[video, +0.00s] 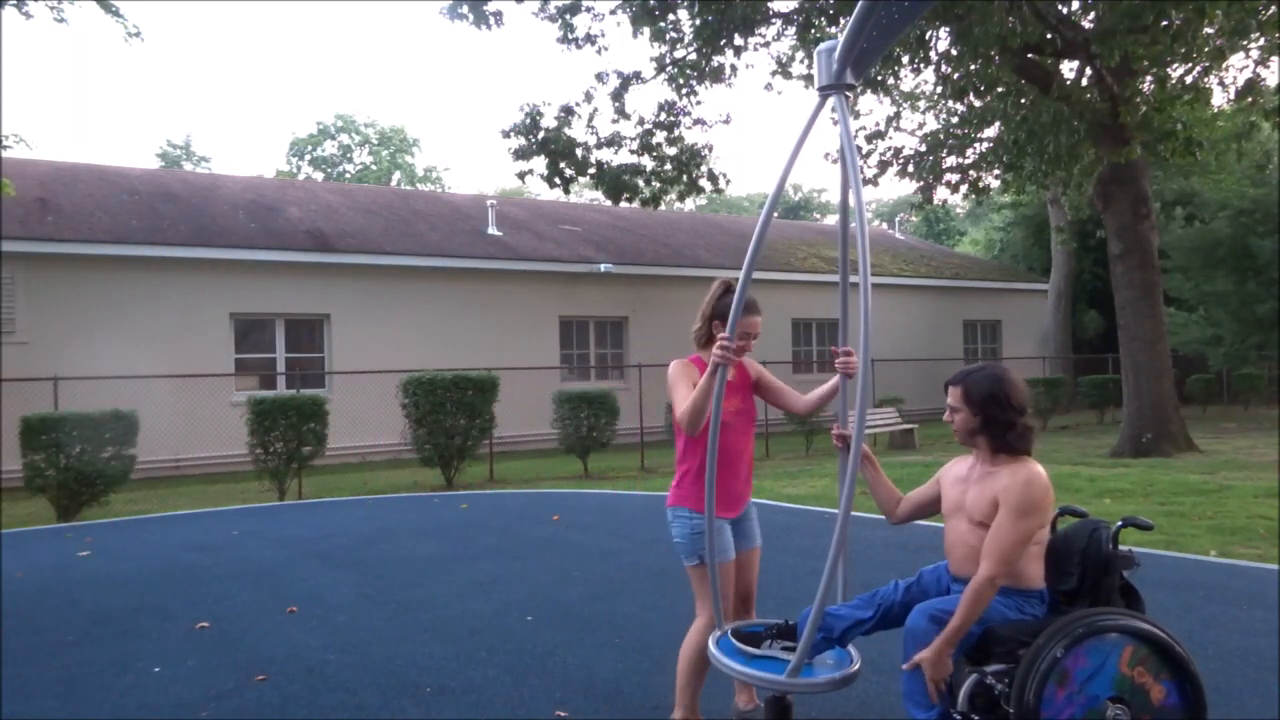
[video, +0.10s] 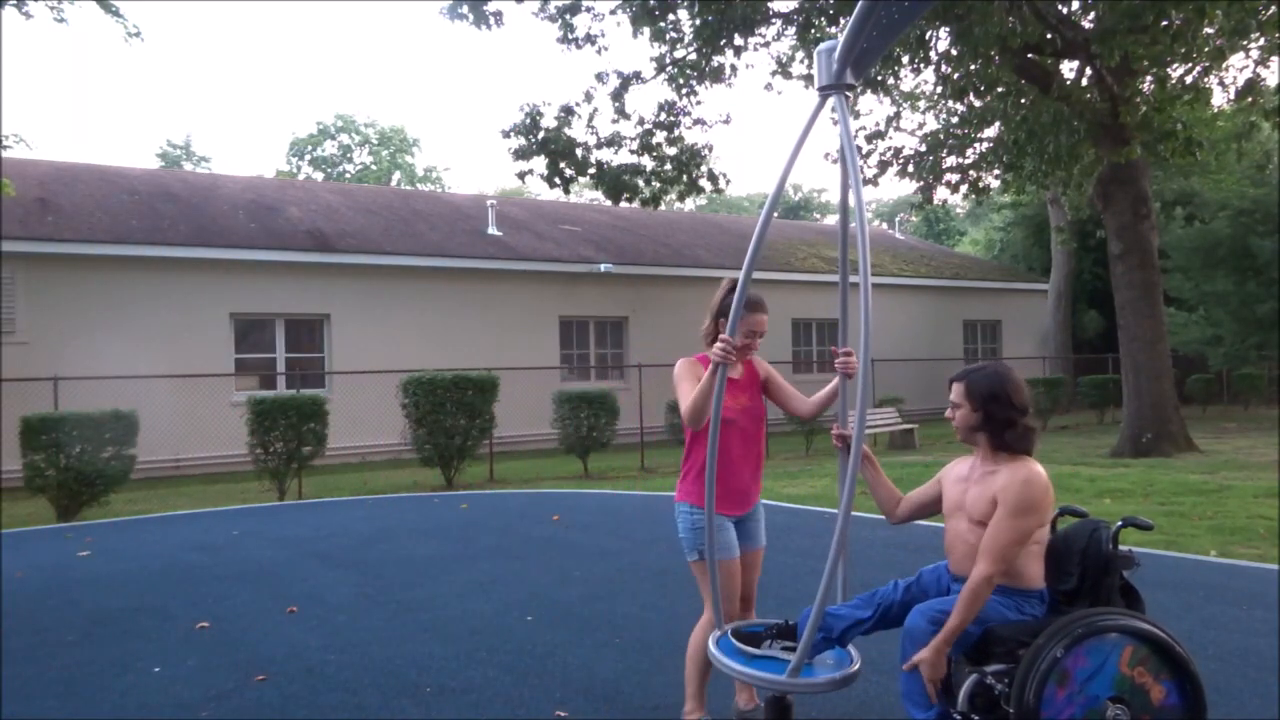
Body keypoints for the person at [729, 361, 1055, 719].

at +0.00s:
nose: (947, 418)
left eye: (955, 410)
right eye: (948, 409)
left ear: (987, 414)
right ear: (973, 415)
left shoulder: (1026, 480)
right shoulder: (957, 469)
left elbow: (992, 574)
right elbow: (898, 511)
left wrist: (944, 647)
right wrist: (863, 456)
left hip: (1014, 601)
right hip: (957, 582)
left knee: (924, 620)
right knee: (887, 599)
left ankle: (928, 712)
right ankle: (795, 636)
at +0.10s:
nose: (948, 415)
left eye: (956, 407)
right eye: (950, 406)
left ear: (988, 412)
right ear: (976, 413)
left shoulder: (1025, 479)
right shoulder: (959, 469)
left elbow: (988, 573)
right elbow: (898, 511)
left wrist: (941, 646)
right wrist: (863, 457)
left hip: (1013, 600)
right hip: (957, 582)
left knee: (922, 622)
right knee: (887, 598)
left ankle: (927, 712)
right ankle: (795, 635)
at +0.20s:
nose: (951, 411)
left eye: (959, 403)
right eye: (953, 402)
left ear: (990, 410)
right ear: (979, 411)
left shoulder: (1026, 477)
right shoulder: (960, 470)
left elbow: (993, 572)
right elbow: (897, 511)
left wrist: (937, 639)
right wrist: (862, 456)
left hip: (1012, 600)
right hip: (957, 581)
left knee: (919, 620)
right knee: (887, 598)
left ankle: (923, 711)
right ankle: (795, 635)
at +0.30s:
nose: (952, 410)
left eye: (961, 403)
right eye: (955, 401)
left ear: (991, 411)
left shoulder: (1026, 476)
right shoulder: (959, 471)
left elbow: (1008, 573)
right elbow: (896, 512)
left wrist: (937, 621)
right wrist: (863, 457)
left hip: (1012, 598)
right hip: (956, 584)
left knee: (919, 605)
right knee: (891, 595)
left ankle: (912, 710)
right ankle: (796, 634)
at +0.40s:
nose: (951, 413)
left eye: (960, 406)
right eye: (954, 404)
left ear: (991, 413)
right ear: (978, 414)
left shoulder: (1028, 474)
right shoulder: (956, 471)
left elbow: (1023, 569)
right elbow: (894, 513)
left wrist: (942, 603)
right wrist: (864, 460)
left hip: (1016, 601)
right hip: (961, 591)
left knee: (933, 574)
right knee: (894, 594)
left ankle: (888, 693)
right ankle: (798, 632)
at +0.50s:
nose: (949, 419)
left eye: (957, 412)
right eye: (950, 411)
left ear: (991, 416)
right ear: (976, 415)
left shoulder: (1029, 471)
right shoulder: (955, 472)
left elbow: (1032, 567)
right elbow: (893, 513)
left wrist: (947, 585)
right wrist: (863, 458)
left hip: (1019, 602)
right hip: (965, 592)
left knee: (944, 558)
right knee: (894, 593)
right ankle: (794, 636)